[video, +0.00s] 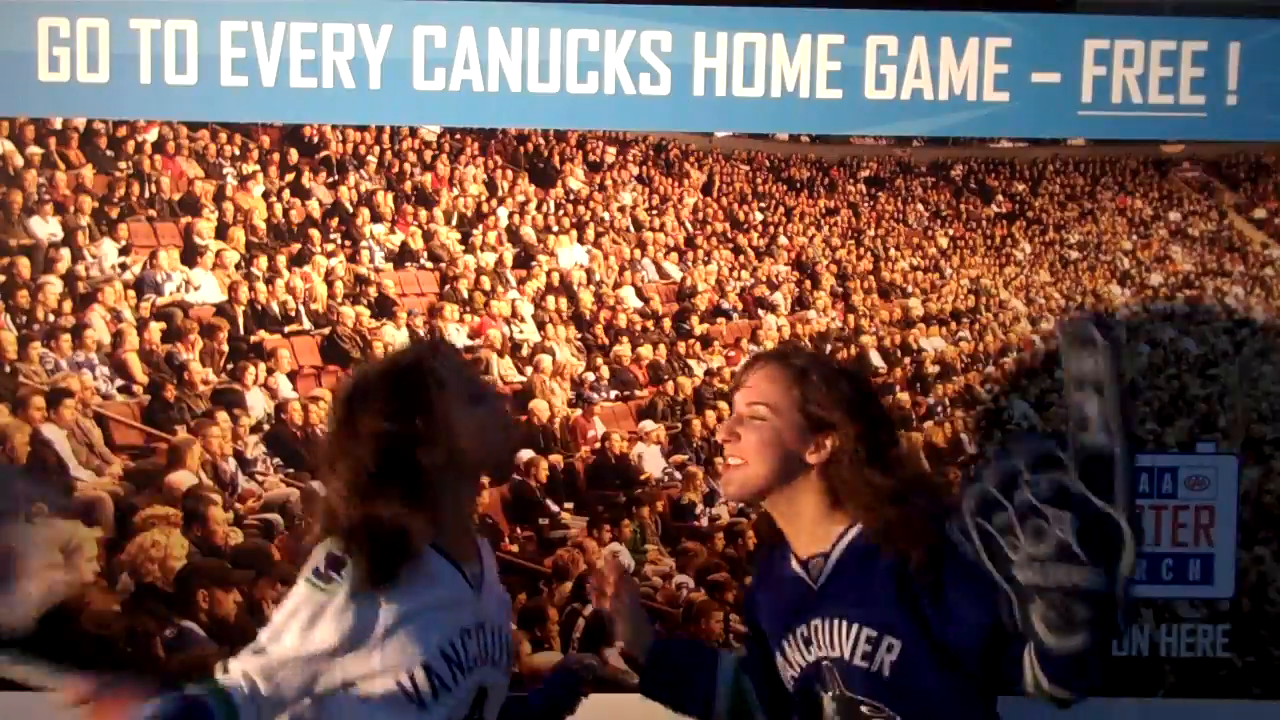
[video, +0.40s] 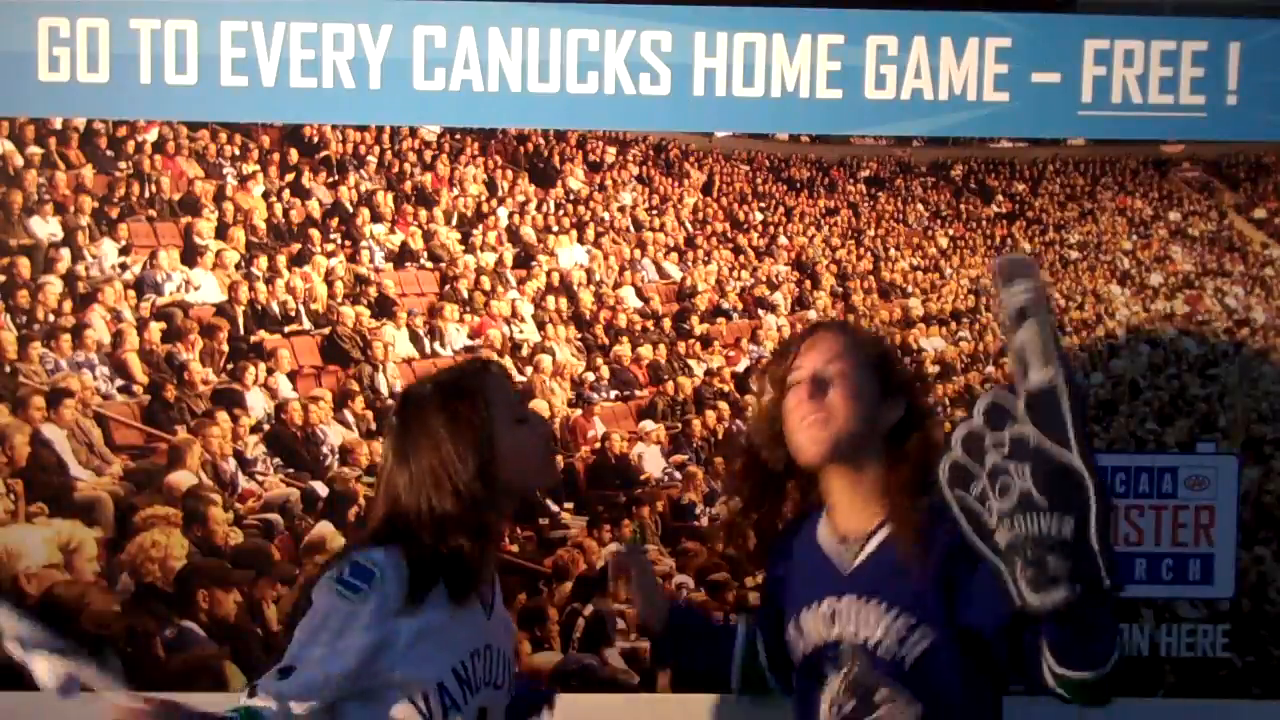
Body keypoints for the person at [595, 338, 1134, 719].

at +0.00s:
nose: (724, 435)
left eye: (753, 417)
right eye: (731, 416)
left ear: (819, 445)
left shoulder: (921, 555)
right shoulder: (769, 588)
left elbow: (1045, 686)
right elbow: (778, 701)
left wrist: (1065, 617)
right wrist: (646, 649)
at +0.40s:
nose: (804, 392)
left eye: (830, 379)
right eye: (793, 386)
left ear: (891, 409)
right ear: (784, 429)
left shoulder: (962, 539)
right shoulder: (790, 552)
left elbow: (1076, 688)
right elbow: (780, 666)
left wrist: (1068, 590)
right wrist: (666, 624)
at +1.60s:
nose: (819, 449)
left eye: (840, 419)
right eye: (819, 432)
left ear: (916, 424)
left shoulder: (1039, 559)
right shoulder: (865, 593)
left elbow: (1160, 695)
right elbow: (866, 710)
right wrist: (765, 674)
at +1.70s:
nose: (818, 451)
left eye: (839, 424)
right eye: (823, 427)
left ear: (911, 433)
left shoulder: (1024, 566)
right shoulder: (859, 576)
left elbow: (1154, 674)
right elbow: (825, 707)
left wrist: (1103, 546)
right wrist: (737, 635)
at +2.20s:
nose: (850, 436)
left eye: (867, 408)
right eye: (847, 413)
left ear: (939, 404)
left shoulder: (1026, 568)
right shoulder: (855, 529)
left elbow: (1078, 716)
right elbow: (729, 555)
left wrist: (1127, 653)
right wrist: (794, 416)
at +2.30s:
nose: (840, 432)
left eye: (868, 404)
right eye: (843, 409)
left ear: (939, 415)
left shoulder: (1024, 558)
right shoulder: (847, 529)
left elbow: (1066, 709)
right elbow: (720, 538)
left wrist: (1110, 635)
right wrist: (799, 407)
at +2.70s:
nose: (851, 452)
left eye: (870, 423)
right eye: (836, 438)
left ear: (930, 416)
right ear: (831, 457)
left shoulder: (1023, 546)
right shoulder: (846, 562)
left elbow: (1129, 648)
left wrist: (1044, 525)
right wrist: (800, 520)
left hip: (1004, 712)